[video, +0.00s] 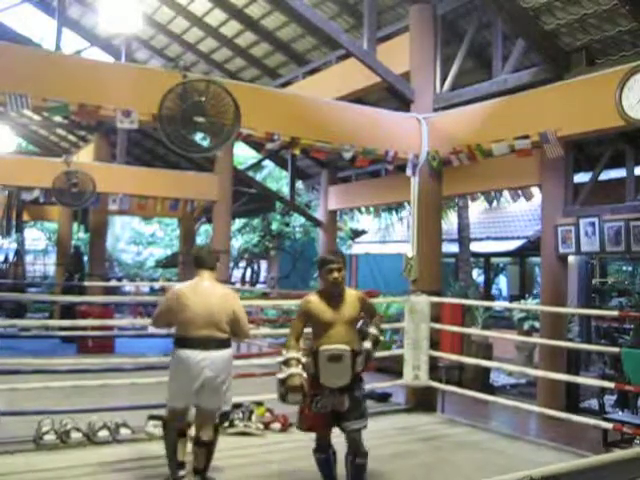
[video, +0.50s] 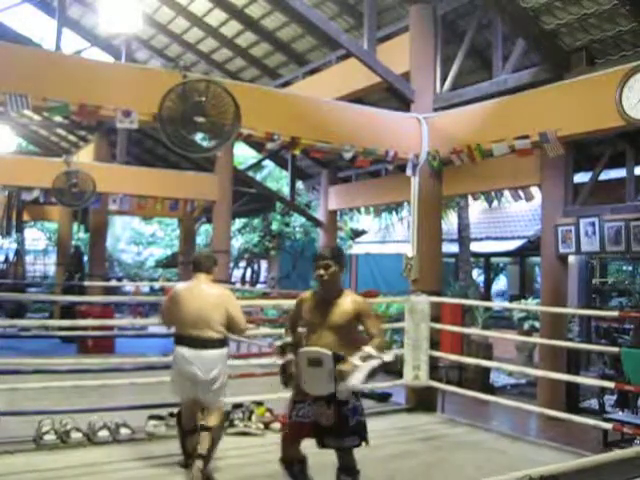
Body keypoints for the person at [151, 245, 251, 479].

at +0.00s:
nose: (218, 266)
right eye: (217, 263)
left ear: (194, 266)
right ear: (216, 266)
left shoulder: (180, 293)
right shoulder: (228, 295)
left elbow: (158, 320)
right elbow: (243, 331)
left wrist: (181, 315)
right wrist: (222, 323)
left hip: (186, 353)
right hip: (219, 354)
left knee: (177, 412)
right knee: (207, 418)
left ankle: (175, 467)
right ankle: (200, 471)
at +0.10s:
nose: (219, 269)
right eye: (219, 265)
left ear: (195, 266)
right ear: (216, 267)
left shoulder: (180, 292)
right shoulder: (229, 295)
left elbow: (159, 321)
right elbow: (243, 331)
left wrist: (182, 313)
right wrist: (221, 322)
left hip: (186, 353)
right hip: (219, 353)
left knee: (181, 410)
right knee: (208, 414)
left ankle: (177, 465)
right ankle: (200, 469)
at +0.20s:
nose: (221, 268)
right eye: (219, 265)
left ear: (195, 266)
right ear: (216, 267)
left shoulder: (181, 292)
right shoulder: (229, 295)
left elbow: (164, 319)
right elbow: (244, 330)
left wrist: (173, 300)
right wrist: (223, 320)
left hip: (186, 352)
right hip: (218, 353)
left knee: (183, 408)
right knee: (208, 411)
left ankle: (181, 459)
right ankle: (199, 466)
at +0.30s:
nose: (215, 272)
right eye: (215, 268)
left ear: (194, 268)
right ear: (215, 269)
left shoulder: (180, 293)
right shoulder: (228, 295)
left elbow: (164, 319)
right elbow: (244, 329)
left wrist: (186, 316)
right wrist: (223, 320)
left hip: (186, 352)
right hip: (217, 353)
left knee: (187, 406)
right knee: (209, 410)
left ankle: (186, 456)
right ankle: (199, 465)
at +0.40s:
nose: (217, 272)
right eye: (216, 269)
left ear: (193, 270)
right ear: (214, 270)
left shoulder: (179, 293)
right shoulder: (224, 294)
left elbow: (164, 319)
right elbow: (242, 328)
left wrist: (185, 317)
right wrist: (221, 322)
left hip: (186, 351)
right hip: (216, 353)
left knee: (187, 407)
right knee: (208, 410)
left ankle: (189, 458)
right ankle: (198, 466)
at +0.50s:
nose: (217, 272)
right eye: (216, 269)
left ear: (193, 269)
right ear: (213, 270)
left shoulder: (178, 292)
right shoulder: (223, 294)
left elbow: (167, 318)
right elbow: (240, 326)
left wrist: (187, 313)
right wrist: (219, 319)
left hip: (184, 349)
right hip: (214, 352)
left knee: (188, 403)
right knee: (214, 406)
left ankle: (189, 454)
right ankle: (201, 457)